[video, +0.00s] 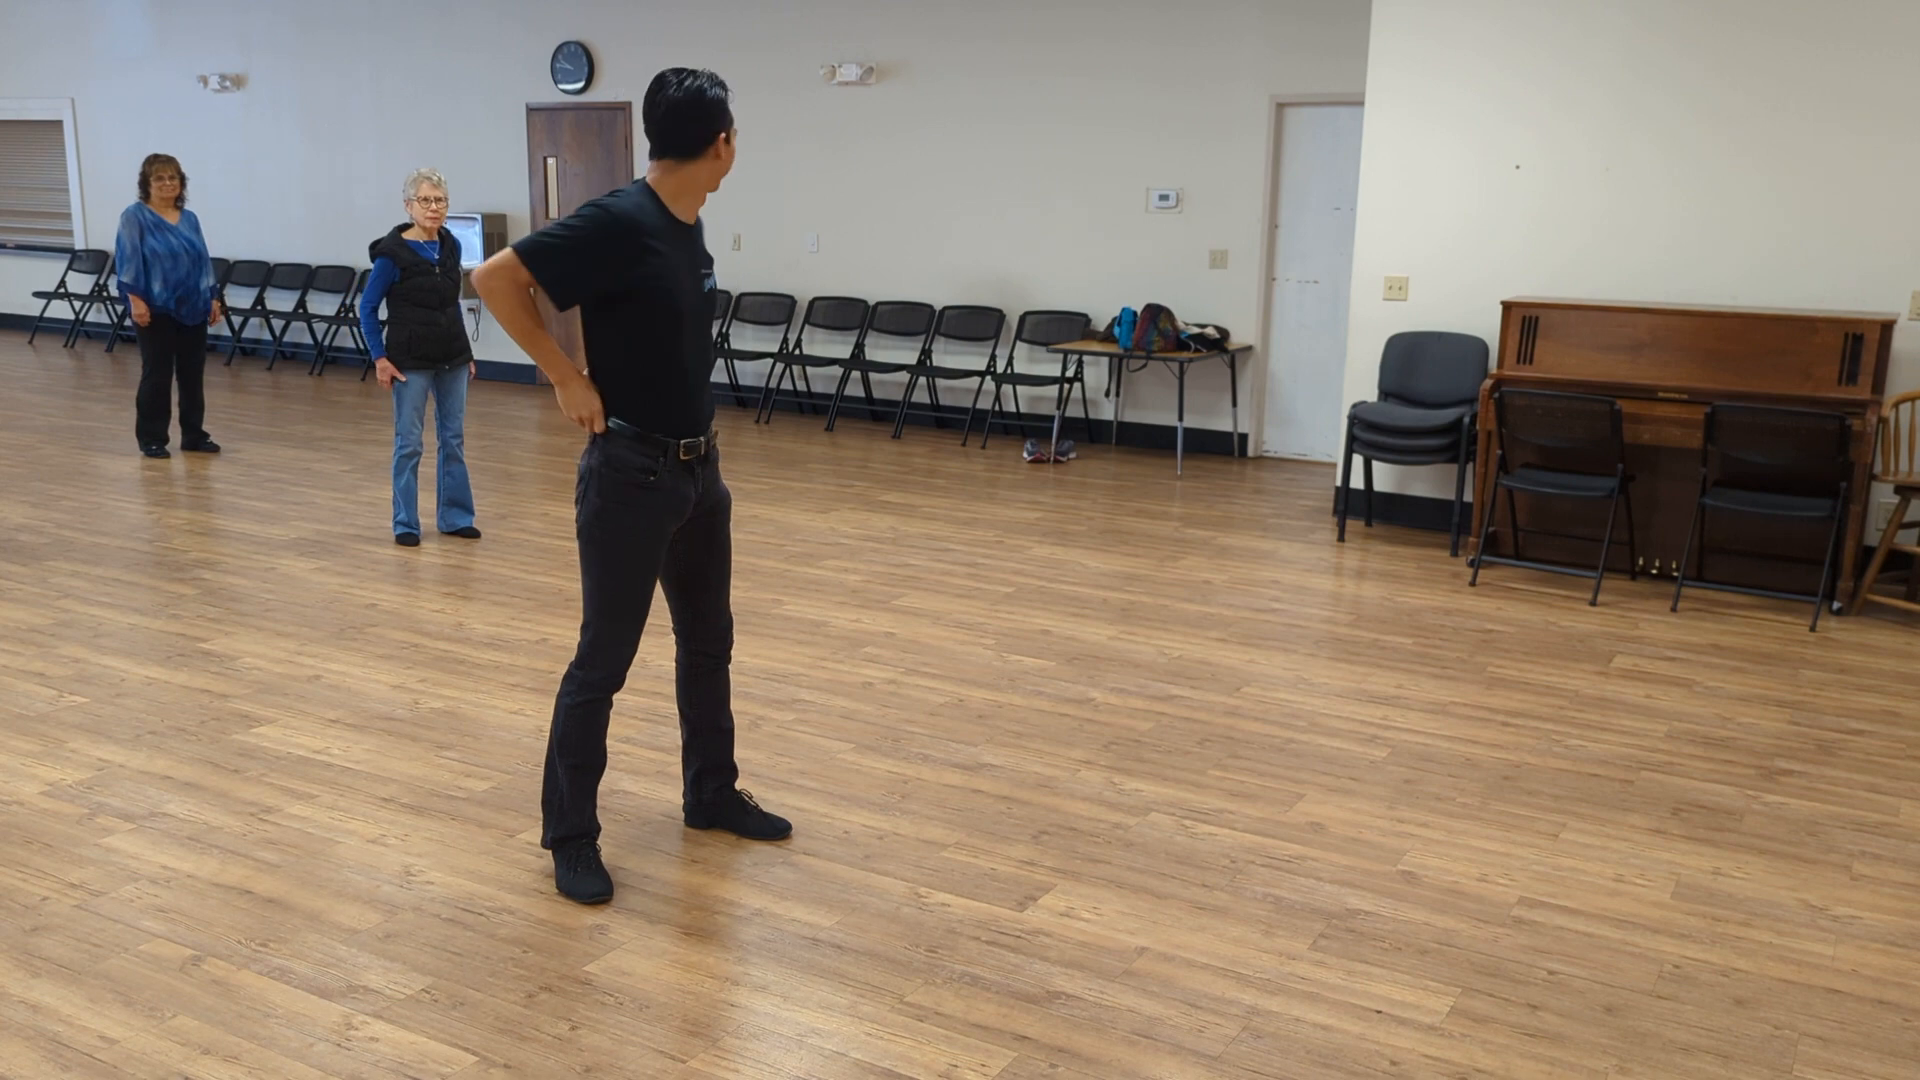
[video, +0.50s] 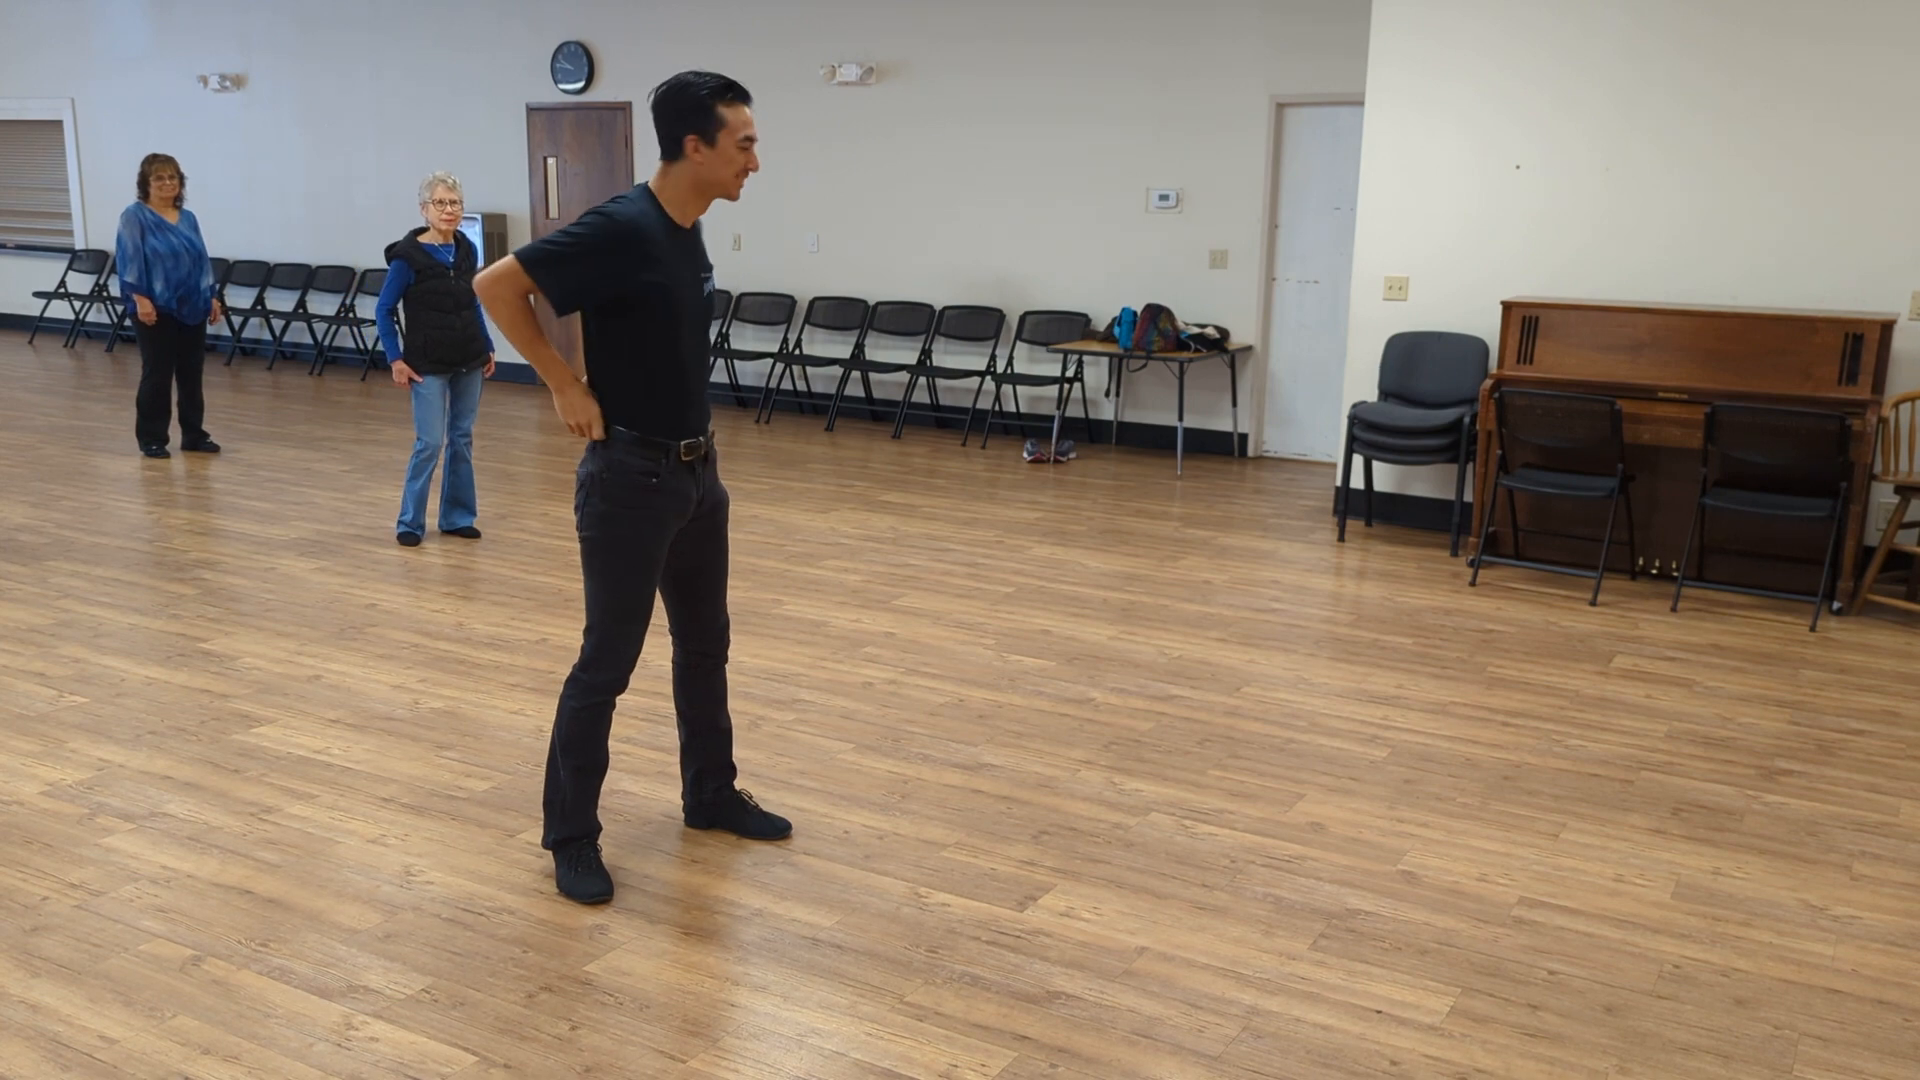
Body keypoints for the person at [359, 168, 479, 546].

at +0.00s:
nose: (434, 207)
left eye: (440, 201)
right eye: (426, 201)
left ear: (447, 205)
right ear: (410, 205)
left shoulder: (450, 246)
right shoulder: (394, 251)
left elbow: (452, 305)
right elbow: (367, 307)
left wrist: (466, 353)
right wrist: (379, 357)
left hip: (453, 357)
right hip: (410, 359)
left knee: (453, 441)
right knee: (409, 444)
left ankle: (455, 518)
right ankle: (406, 524)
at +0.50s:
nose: (449, 210)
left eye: (455, 203)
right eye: (441, 204)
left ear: (462, 208)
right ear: (425, 209)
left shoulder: (467, 250)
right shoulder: (409, 254)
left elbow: (473, 303)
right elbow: (384, 309)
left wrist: (487, 346)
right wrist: (395, 358)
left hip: (470, 360)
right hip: (427, 363)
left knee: (462, 440)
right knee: (430, 444)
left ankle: (457, 518)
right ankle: (410, 524)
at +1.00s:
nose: (450, 209)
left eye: (456, 202)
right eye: (442, 203)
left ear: (464, 207)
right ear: (426, 207)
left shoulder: (470, 250)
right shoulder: (410, 253)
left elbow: (478, 306)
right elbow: (382, 306)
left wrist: (486, 348)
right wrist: (389, 355)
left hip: (467, 360)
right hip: (422, 362)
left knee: (460, 440)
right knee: (429, 442)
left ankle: (457, 518)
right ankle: (414, 525)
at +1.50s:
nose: (434, 207)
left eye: (440, 201)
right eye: (425, 200)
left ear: (448, 206)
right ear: (409, 204)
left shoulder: (447, 249)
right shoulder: (391, 250)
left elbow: (447, 305)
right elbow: (358, 304)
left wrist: (463, 350)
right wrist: (370, 354)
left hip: (444, 360)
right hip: (399, 363)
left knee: (453, 441)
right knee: (404, 446)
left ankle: (457, 518)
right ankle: (411, 526)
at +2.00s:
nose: (422, 210)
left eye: (427, 203)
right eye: (413, 203)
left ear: (433, 207)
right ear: (395, 206)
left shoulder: (432, 249)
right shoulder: (379, 253)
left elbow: (433, 307)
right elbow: (350, 310)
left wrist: (451, 351)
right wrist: (366, 360)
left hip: (436, 361)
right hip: (393, 364)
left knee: (454, 435)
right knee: (400, 447)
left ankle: (452, 517)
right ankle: (409, 526)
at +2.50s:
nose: (433, 206)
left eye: (439, 199)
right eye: (424, 200)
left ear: (445, 203)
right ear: (406, 205)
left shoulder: (448, 246)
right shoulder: (393, 252)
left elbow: (451, 304)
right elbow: (367, 309)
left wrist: (471, 348)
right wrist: (382, 359)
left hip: (454, 357)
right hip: (411, 360)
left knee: (457, 441)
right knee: (411, 446)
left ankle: (464, 521)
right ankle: (411, 526)